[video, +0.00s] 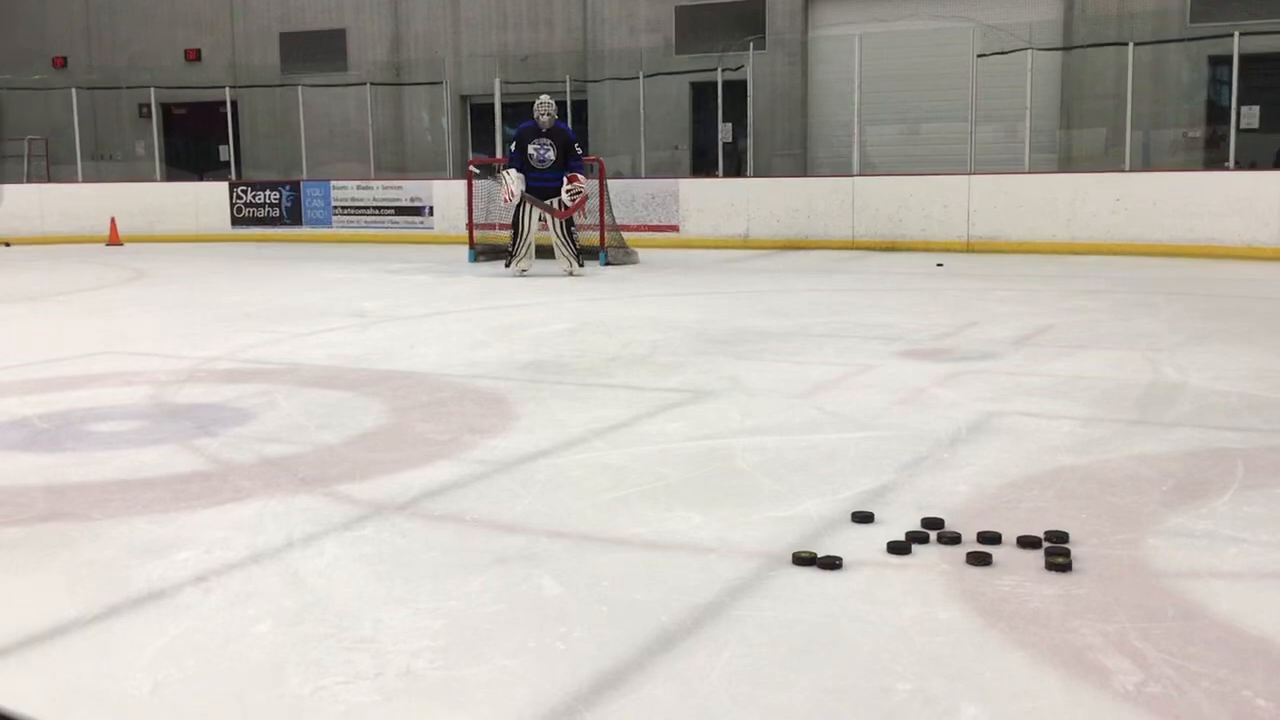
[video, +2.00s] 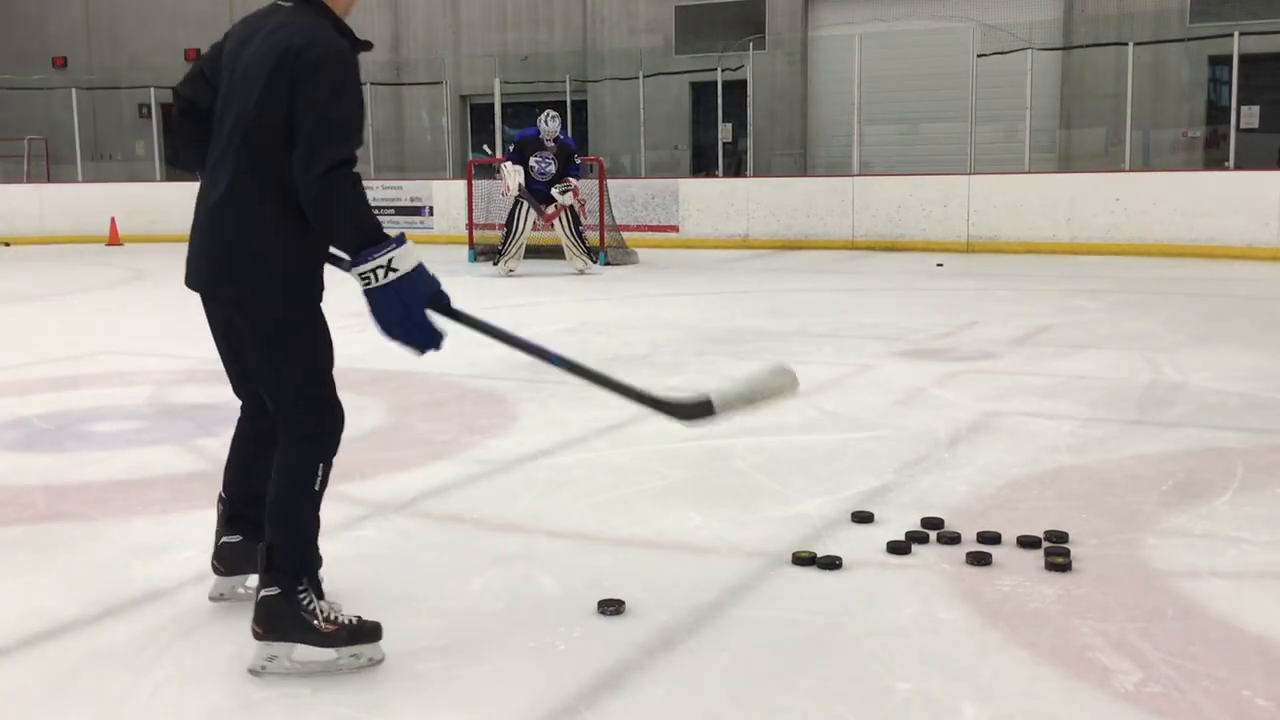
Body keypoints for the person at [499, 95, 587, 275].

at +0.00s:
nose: (544, 118)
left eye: (548, 114)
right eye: (540, 114)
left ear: (554, 115)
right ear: (535, 115)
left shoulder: (563, 133)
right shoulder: (524, 131)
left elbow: (575, 160)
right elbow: (515, 159)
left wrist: (576, 184)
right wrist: (512, 181)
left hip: (556, 190)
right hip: (529, 190)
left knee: (562, 228)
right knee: (523, 227)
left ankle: (572, 265)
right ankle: (519, 266)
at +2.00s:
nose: (550, 137)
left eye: (553, 133)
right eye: (546, 133)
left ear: (559, 129)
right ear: (539, 128)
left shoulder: (566, 144)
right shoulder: (524, 139)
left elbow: (574, 170)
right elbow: (511, 161)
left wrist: (568, 187)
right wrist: (513, 177)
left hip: (557, 195)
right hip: (529, 194)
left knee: (571, 230)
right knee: (516, 229)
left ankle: (584, 264)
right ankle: (505, 265)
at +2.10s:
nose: (547, 134)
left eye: (550, 130)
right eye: (543, 130)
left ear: (555, 128)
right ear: (536, 127)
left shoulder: (562, 145)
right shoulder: (520, 140)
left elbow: (570, 171)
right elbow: (509, 163)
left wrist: (562, 186)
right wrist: (514, 179)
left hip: (554, 190)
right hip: (527, 188)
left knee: (570, 224)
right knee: (515, 225)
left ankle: (583, 261)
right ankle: (506, 263)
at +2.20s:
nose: (542, 133)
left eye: (546, 128)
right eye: (539, 128)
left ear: (551, 127)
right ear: (532, 126)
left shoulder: (560, 145)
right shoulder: (518, 139)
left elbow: (565, 171)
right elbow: (510, 165)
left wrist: (557, 183)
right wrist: (516, 185)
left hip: (551, 189)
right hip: (526, 189)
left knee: (567, 223)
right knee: (516, 223)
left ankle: (582, 261)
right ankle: (506, 263)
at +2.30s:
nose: (537, 132)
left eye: (541, 128)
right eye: (534, 127)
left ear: (547, 127)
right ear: (527, 125)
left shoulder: (556, 143)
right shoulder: (515, 140)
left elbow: (564, 168)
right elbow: (506, 165)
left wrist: (557, 184)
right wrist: (515, 185)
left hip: (551, 194)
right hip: (525, 193)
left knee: (567, 227)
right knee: (514, 228)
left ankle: (581, 263)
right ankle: (506, 264)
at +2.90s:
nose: (539, 149)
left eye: (543, 145)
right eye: (536, 145)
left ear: (549, 146)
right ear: (530, 146)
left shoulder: (556, 164)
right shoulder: (520, 163)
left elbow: (570, 185)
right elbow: (503, 187)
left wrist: (580, 176)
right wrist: (496, 208)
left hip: (549, 204)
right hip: (521, 203)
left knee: (564, 233)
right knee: (507, 232)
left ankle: (583, 263)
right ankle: (491, 264)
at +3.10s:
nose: (539, 152)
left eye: (542, 149)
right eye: (535, 149)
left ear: (548, 149)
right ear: (529, 150)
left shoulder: (557, 166)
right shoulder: (517, 165)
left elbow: (569, 185)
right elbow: (501, 188)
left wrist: (577, 191)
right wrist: (497, 210)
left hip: (549, 205)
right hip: (521, 204)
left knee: (564, 234)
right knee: (507, 234)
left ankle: (584, 263)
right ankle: (491, 264)